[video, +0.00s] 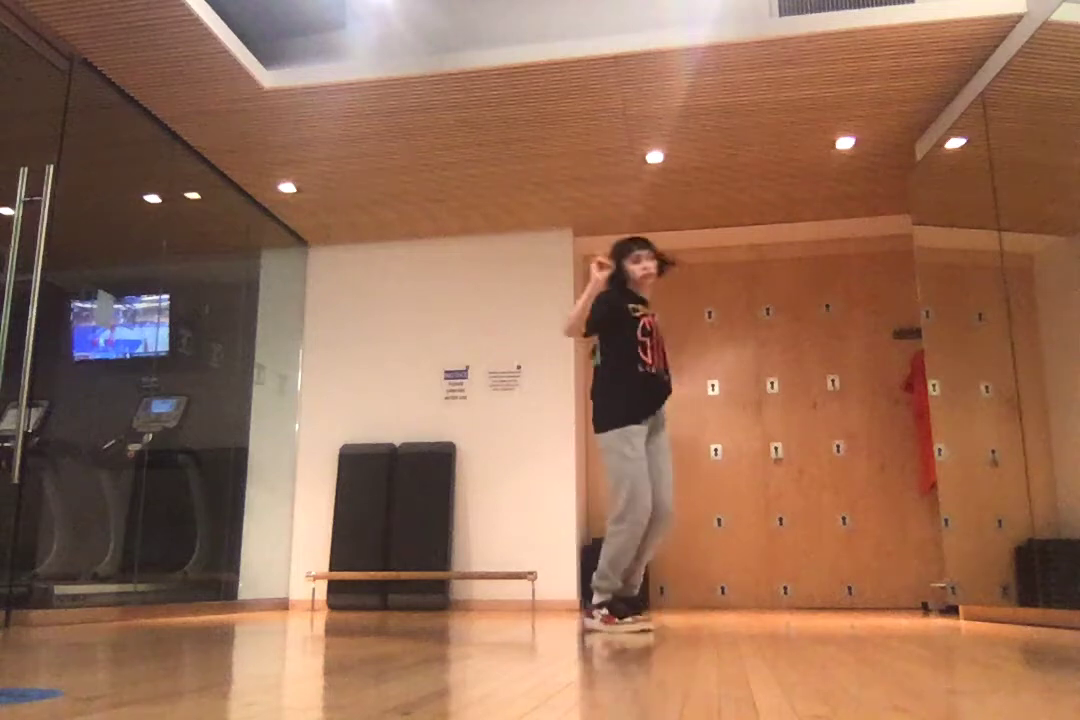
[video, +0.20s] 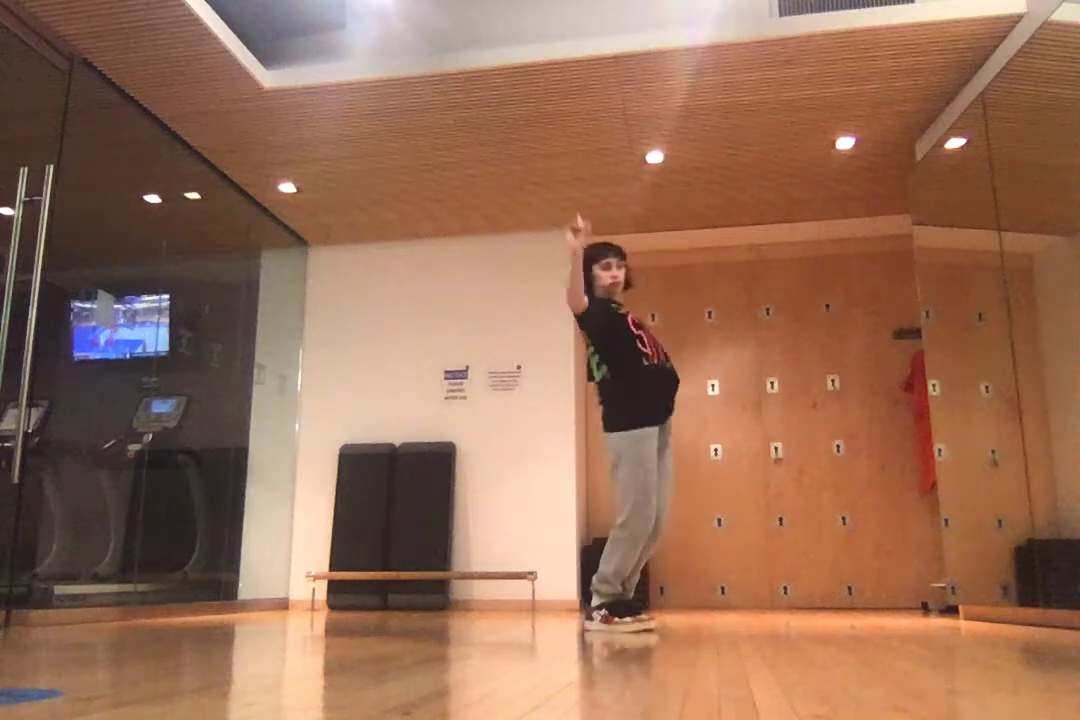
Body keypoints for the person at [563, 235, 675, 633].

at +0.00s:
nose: (646, 267)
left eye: (650, 261)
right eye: (636, 262)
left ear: (657, 268)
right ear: (621, 269)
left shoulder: (644, 306)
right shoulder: (612, 301)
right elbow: (573, 328)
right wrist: (594, 285)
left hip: (652, 414)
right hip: (619, 419)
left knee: (661, 509)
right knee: (634, 506)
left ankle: (624, 596)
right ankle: (599, 603)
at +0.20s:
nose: (613, 274)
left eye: (618, 267)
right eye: (604, 268)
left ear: (626, 274)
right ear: (590, 276)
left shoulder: (621, 316)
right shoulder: (596, 316)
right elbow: (575, 299)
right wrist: (576, 252)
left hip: (655, 424)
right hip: (630, 426)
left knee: (653, 519)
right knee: (638, 516)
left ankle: (618, 603)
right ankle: (604, 604)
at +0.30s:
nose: (608, 279)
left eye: (613, 272)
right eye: (600, 271)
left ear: (618, 279)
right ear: (584, 276)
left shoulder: (609, 313)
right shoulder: (586, 310)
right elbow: (576, 276)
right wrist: (571, 226)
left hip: (659, 418)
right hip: (636, 420)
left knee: (658, 514)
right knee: (638, 511)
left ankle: (620, 601)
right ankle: (602, 604)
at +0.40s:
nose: (618, 284)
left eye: (622, 278)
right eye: (611, 276)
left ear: (623, 282)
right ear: (593, 278)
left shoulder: (605, 310)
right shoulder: (584, 309)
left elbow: (578, 266)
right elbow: (581, 270)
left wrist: (580, 228)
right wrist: (586, 221)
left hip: (656, 413)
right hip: (628, 421)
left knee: (683, 504)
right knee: (650, 512)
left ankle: (649, 590)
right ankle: (606, 600)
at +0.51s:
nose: (642, 298)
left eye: (646, 291)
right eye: (635, 288)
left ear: (648, 294)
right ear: (610, 288)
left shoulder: (636, 334)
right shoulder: (590, 331)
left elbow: (667, 376)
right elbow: (579, 337)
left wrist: (707, 385)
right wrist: (599, 303)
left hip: (636, 433)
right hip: (602, 442)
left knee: (696, 505)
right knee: (646, 521)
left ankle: (720, 595)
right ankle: (605, 603)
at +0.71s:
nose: (673, 326)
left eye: (675, 320)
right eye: (663, 322)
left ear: (681, 326)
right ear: (649, 331)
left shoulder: (661, 370)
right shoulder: (631, 374)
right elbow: (585, 427)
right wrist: (581, 482)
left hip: (624, 457)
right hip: (585, 457)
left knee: (678, 523)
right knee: (628, 519)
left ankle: (729, 600)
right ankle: (608, 608)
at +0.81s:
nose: (661, 300)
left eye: (661, 293)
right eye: (651, 294)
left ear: (667, 301)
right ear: (639, 303)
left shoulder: (653, 346)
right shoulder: (631, 345)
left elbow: (626, 388)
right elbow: (599, 382)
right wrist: (572, 418)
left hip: (620, 447)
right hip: (588, 446)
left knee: (665, 519)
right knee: (628, 518)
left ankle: (720, 595)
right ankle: (608, 607)